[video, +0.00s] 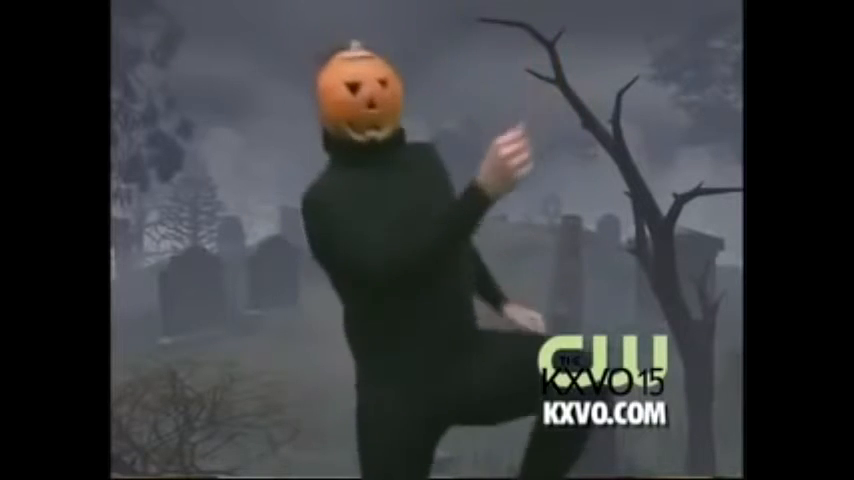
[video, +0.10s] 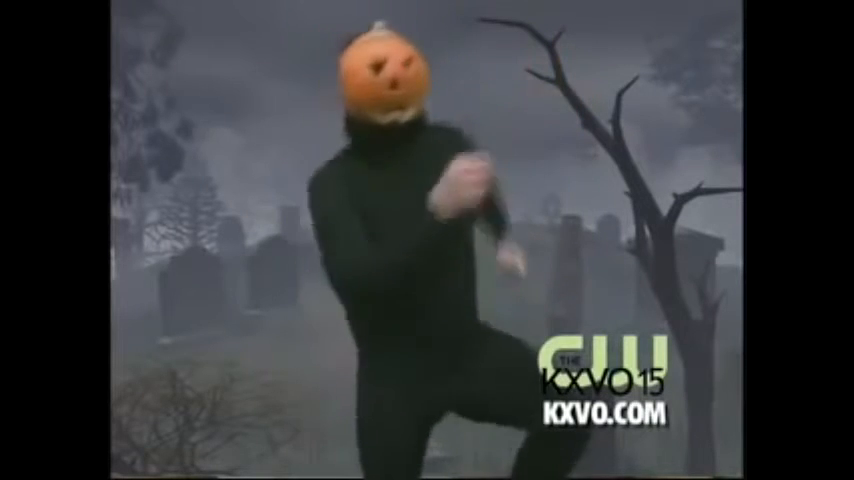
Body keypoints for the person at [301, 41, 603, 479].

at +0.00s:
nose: (370, 97)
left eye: (381, 83)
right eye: (350, 88)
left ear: (400, 94)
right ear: (325, 110)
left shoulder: (423, 162)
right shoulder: (326, 200)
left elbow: (452, 242)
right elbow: (385, 272)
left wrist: (501, 302)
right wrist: (482, 192)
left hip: (464, 361)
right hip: (394, 385)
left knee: (581, 373)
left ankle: (536, 474)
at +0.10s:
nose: (396, 81)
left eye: (405, 69)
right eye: (378, 75)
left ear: (424, 93)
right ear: (353, 107)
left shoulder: (447, 149)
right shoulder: (334, 184)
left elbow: (481, 191)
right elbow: (358, 280)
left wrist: (503, 240)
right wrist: (437, 212)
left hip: (466, 352)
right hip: (393, 372)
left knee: (576, 406)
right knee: (389, 470)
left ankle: (527, 475)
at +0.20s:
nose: (414, 38)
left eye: (423, 27)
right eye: (397, 29)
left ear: (441, 47)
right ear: (367, 56)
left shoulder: (469, 115)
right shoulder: (343, 144)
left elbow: (515, 146)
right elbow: (332, 263)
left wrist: (513, 187)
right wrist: (398, 281)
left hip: (479, 339)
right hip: (398, 353)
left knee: (536, 457)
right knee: (398, 471)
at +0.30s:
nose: (427, 44)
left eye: (438, 32)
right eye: (410, 34)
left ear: (453, 48)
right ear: (382, 56)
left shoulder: (482, 122)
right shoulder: (357, 148)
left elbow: (541, 181)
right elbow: (346, 265)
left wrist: (517, 187)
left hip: (484, 344)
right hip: (405, 350)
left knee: (499, 468)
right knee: (408, 471)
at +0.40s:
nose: (449, 81)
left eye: (459, 72)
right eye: (433, 71)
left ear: (474, 87)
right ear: (406, 89)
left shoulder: (500, 165)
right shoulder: (377, 178)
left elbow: (549, 262)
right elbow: (351, 290)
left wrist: (512, 225)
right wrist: (334, 400)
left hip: (489, 381)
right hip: (411, 384)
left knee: (494, 472)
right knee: (411, 472)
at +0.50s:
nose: (480, 97)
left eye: (491, 88)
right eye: (464, 87)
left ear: (504, 106)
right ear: (435, 103)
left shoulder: (520, 184)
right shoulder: (397, 187)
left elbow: (551, 291)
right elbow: (359, 283)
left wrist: (503, 247)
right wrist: (330, 377)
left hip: (490, 385)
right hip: (412, 386)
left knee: (504, 472)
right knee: (405, 472)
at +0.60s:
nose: (506, 119)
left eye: (517, 108)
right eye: (489, 108)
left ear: (529, 124)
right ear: (456, 119)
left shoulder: (534, 200)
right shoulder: (414, 192)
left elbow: (544, 306)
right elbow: (372, 257)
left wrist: (489, 229)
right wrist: (340, 314)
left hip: (490, 382)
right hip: (413, 380)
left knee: (509, 472)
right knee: (383, 471)